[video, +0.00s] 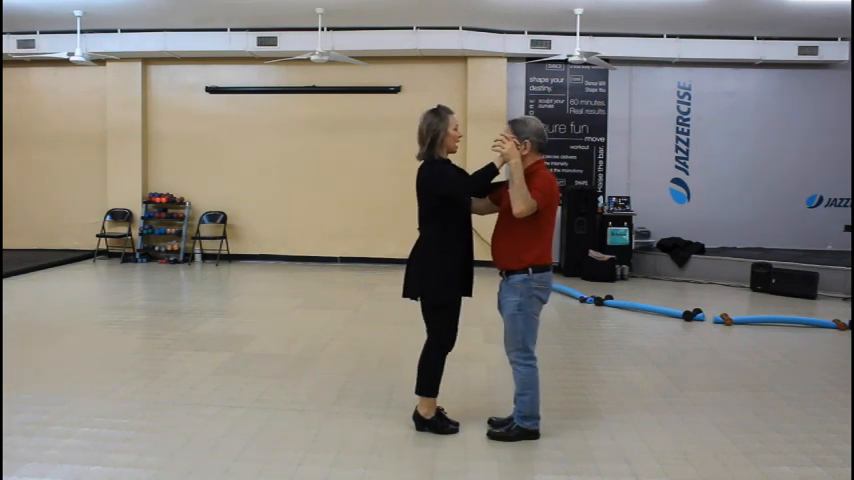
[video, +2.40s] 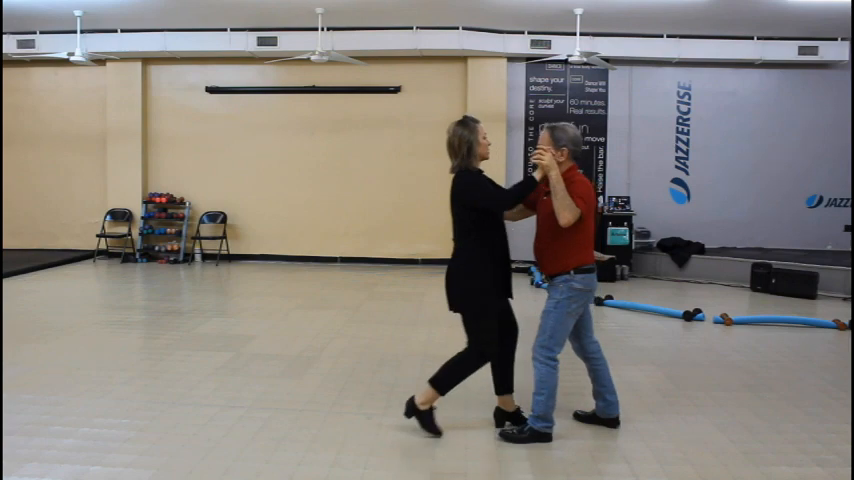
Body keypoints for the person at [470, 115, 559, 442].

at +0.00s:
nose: (501, 147)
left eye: (507, 141)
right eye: (502, 141)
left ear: (525, 146)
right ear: (525, 146)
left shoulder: (544, 179)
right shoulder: (519, 180)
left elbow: (521, 208)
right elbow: (481, 204)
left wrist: (514, 163)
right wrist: (448, 191)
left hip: (529, 278)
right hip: (514, 276)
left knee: (522, 353)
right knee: (516, 352)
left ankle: (527, 423)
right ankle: (522, 415)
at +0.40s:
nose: (487, 148)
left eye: (494, 143)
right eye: (489, 142)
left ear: (513, 149)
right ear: (509, 149)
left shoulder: (527, 181)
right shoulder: (505, 181)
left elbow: (506, 214)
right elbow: (465, 209)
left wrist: (491, 171)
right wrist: (431, 201)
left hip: (514, 278)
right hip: (504, 277)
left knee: (478, 347)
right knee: (510, 347)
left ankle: (484, 424)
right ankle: (525, 416)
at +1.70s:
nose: (510, 143)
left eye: (516, 139)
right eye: (511, 138)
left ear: (533, 146)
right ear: (530, 146)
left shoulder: (549, 180)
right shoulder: (527, 179)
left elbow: (524, 210)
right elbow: (488, 206)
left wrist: (514, 165)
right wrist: (452, 198)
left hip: (543, 278)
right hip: (531, 276)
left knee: (524, 353)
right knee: (531, 347)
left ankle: (527, 426)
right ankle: (557, 407)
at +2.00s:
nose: (533, 156)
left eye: (538, 152)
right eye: (534, 151)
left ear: (558, 156)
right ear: (556, 156)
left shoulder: (577, 186)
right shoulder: (547, 185)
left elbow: (560, 223)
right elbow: (514, 212)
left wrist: (547, 177)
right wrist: (481, 201)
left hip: (569, 283)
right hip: (565, 281)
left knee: (534, 351)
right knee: (582, 346)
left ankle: (528, 425)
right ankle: (607, 411)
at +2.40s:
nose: (536, 153)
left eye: (542, 148)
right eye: (537, 147)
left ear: (562, 153)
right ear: (558, 152)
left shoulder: (579, 183)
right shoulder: (547, 184)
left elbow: (567, 218)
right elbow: (516, 212)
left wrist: (553, 174)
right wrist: (483, 204)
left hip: (573, 279)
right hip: (567, 277)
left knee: (545, 351)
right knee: (587, 346)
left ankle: (540, 425)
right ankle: (608, 411)